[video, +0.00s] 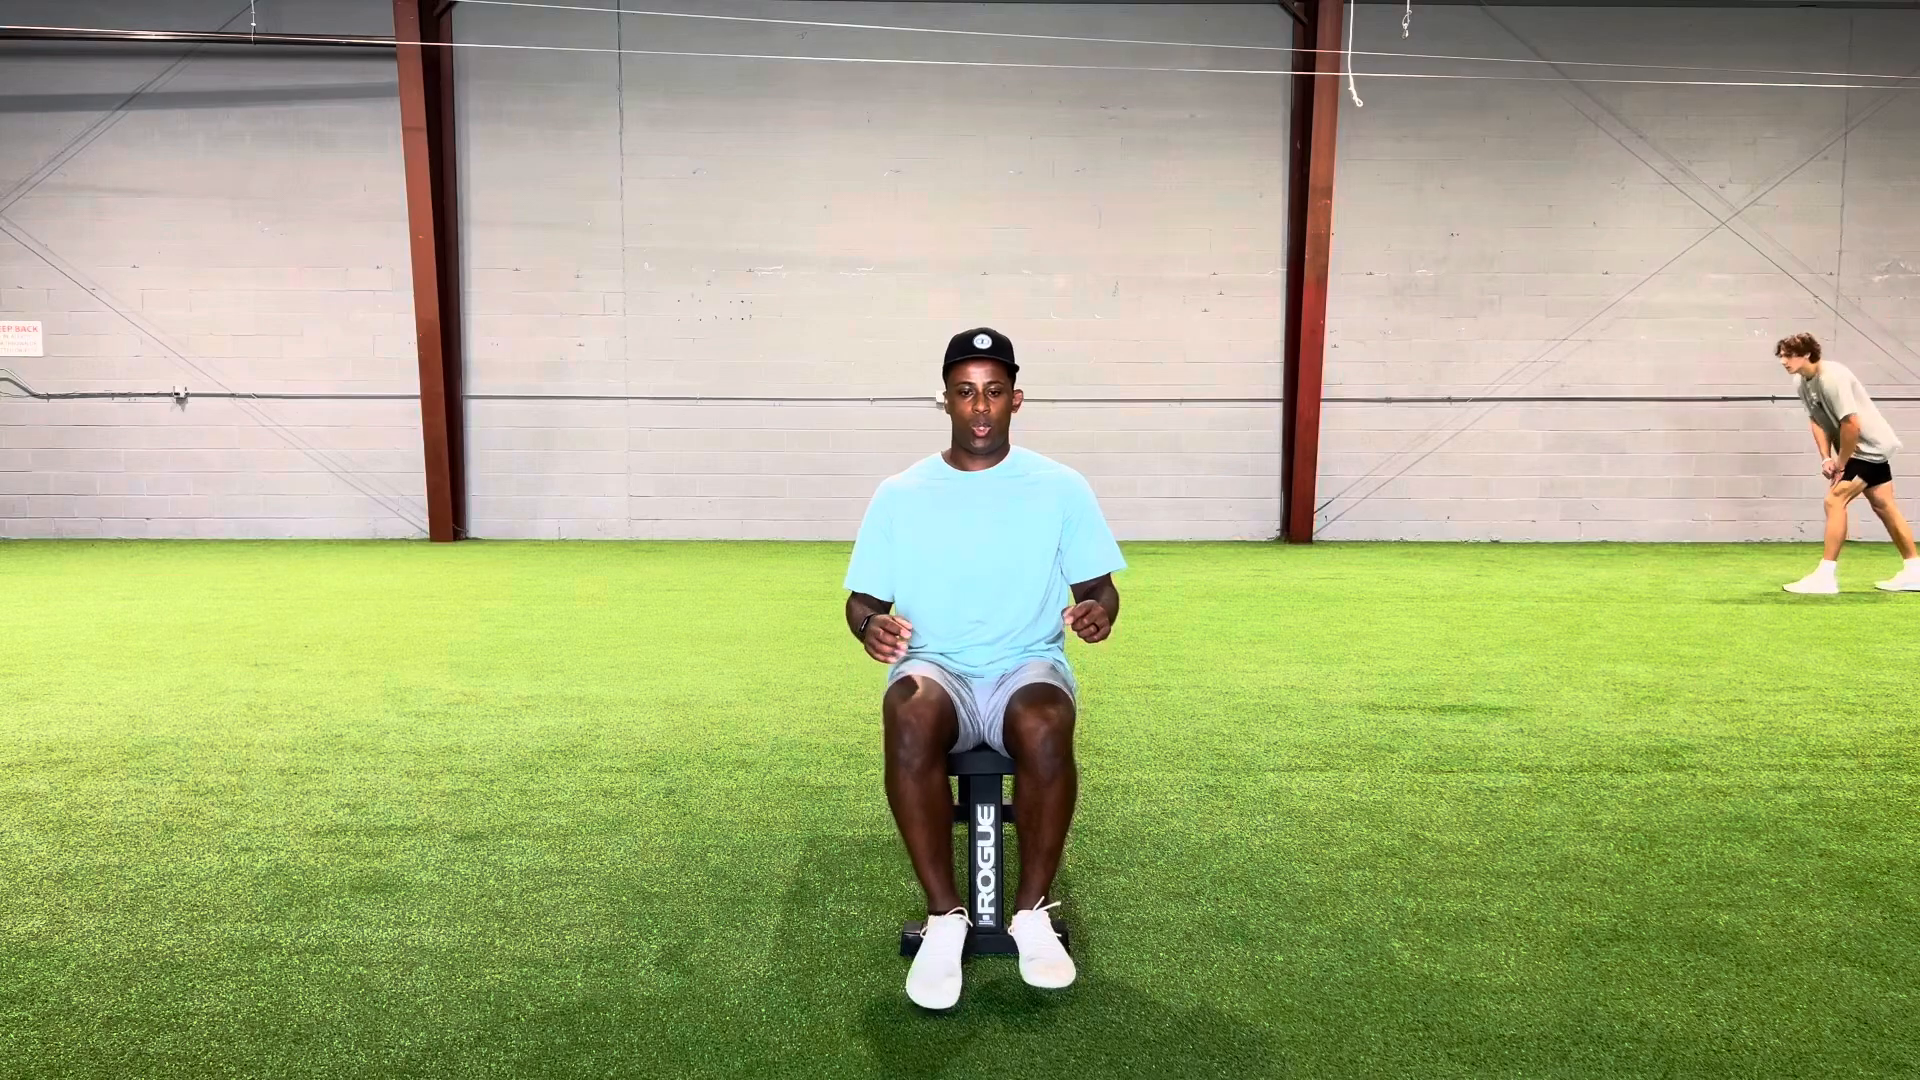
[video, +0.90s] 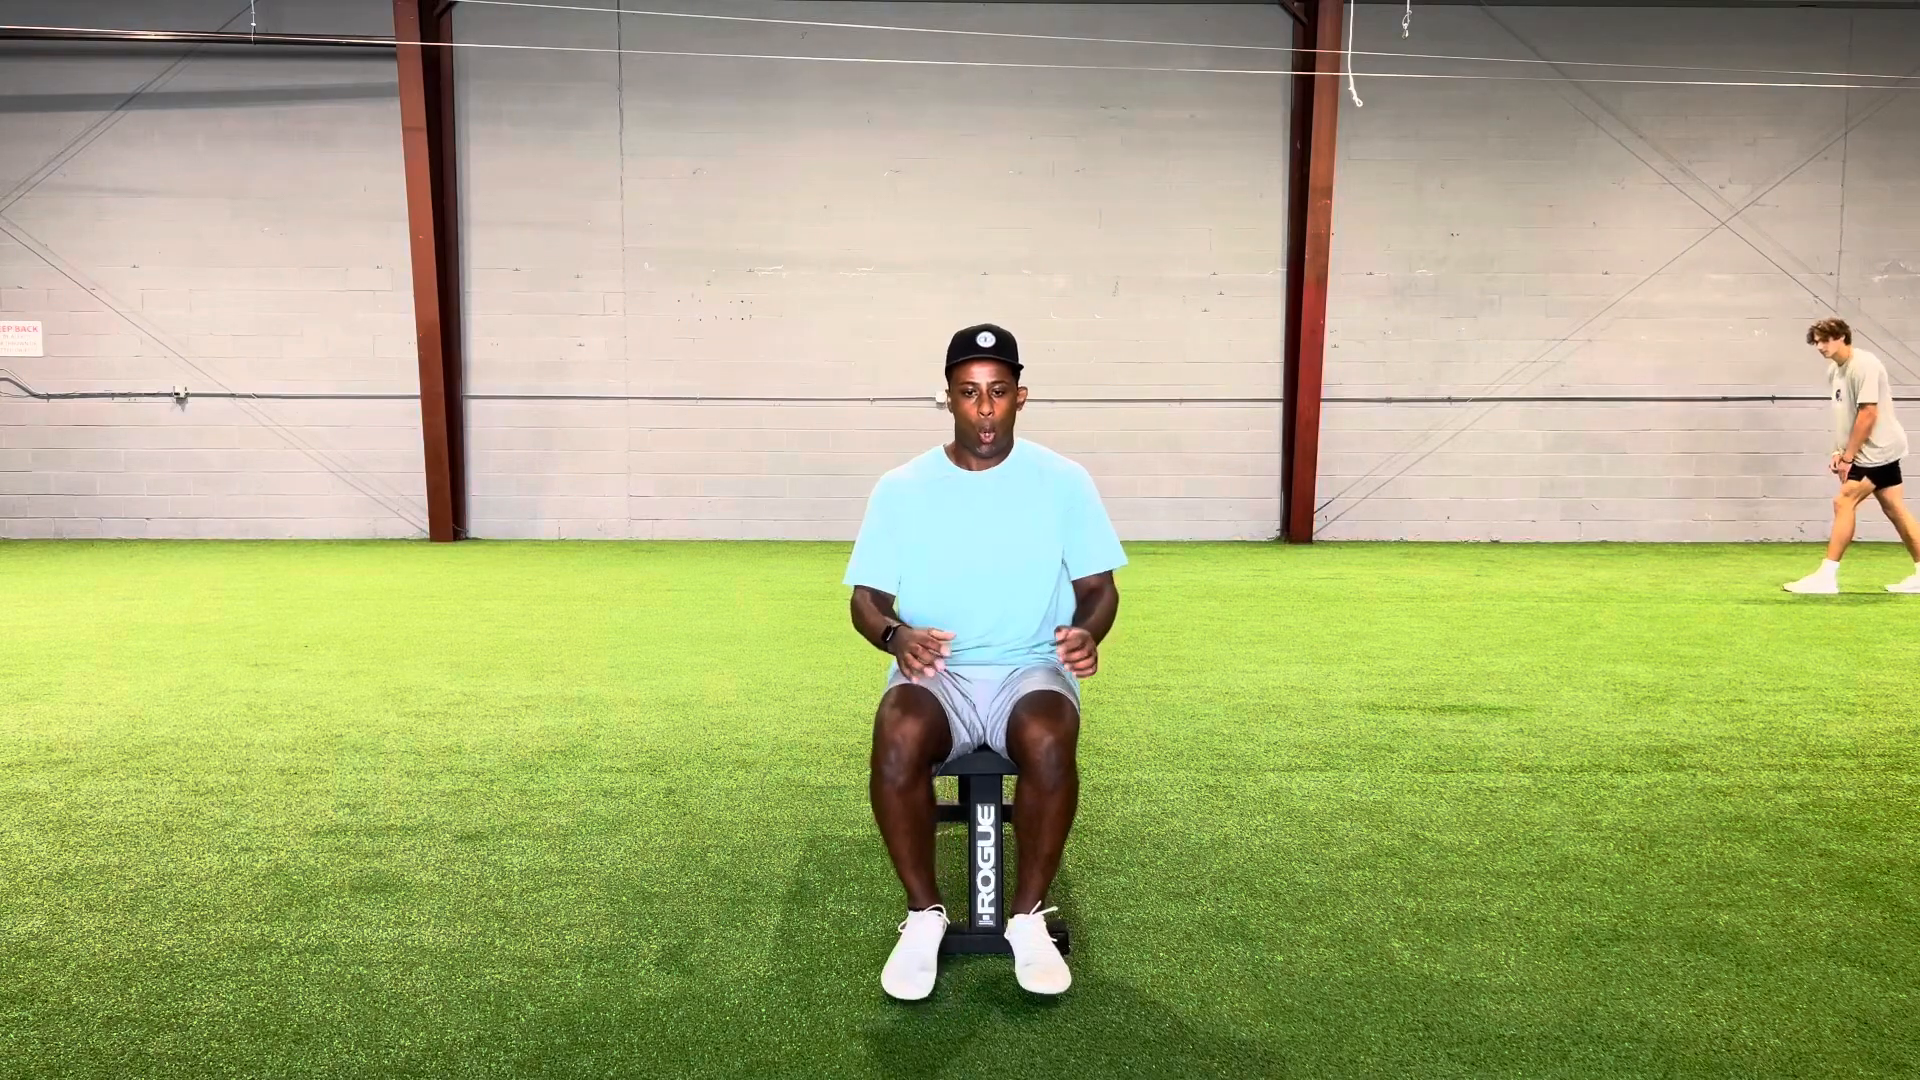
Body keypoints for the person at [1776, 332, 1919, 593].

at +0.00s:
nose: (1784, 362)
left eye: (1788, 356)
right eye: (1782, 357)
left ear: (1806, 355)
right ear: (1794, 358)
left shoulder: (1832, 377)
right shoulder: (1804, 384)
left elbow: (1851, 424)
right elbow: (1817, 421)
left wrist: (1841, 462)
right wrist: (1826, 456)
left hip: (1874, 449)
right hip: (1864, 449)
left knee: (1835, 501)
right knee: (1883, 506)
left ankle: (1825, 575)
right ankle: (1913, 568)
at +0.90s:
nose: (1820, 348)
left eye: (1823, 341)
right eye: (1817, 343)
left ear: (1840, 338)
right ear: (1819, 345)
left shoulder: (1865, 365)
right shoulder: (1835, 370)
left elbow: (1868, 414)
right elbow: (1844, 415)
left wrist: (1849, 455)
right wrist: (1839, 452)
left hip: (1879, 451)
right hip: (1875, 451)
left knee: (1844, 502)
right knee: (1895, 508)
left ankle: (1827, 575)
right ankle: (1919, 570)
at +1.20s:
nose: (1852, 340)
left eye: (1855, 333)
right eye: (1849, 335)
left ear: (1872, 329)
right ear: (1858, 334)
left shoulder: (1894, 357)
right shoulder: (1867, 362)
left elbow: (1897, 407)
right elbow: (1869, 412)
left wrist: (1868, 447)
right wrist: (1856, 449)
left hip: (1884, 451)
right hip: (1877, 451)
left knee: (1853, 503)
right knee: (1894, 507)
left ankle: (1828, 574)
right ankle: (1919, 570)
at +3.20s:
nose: (1855, 344)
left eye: (1857, 338)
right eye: (1853, 339)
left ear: (1873, 331)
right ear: (1868, 334)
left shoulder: (1898, 358)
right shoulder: (1876, 359)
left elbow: (1902, 408)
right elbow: (1873, 410)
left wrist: (1877, 450)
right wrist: (1862, 450)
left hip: (1881, 453)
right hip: (1874, 452)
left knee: (1858, 506)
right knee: (1891, 510)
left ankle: (1828, 575)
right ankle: (1919, 570)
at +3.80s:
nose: (1836, 348)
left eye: (1839, 341)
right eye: (1831, 345)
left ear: (1852, 336)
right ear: (1829, 347)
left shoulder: (1873, 361)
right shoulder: (1843, 369)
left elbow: (1884, 409)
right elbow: (1848, 412)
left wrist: (1857, 450)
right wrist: (1837, 445)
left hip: (1881, 450)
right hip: (1871, 450)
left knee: (1841, 501)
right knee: (1894, 511)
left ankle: (1826, 574)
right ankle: (1919, 571)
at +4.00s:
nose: (1808, 361)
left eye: (1811, 354)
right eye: (1803, 358)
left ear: (1825, 347)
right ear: (1801, 358)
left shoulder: (1845, 370)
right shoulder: (1816, 378)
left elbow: (1858, 418)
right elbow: (1823, 416)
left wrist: (1843, 457)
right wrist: (1826, 449)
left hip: (1875, 448)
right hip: (1866, 449)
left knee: (1837, 501)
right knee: (1889, 509)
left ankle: (1826, 574)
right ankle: (1919, 567)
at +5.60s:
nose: (1775, 384)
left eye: (1777, 377)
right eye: (1772, 379)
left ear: (1792, 370)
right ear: (1788, 373)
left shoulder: (1823, 386)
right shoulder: (1796, 396)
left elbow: (1850, 427)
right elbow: (1811, 431)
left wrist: (1835, 471)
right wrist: (1814, 463)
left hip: (1869, 454)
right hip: (1863, 456)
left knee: (1822, 502)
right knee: (1885, 514)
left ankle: (1826, 576)